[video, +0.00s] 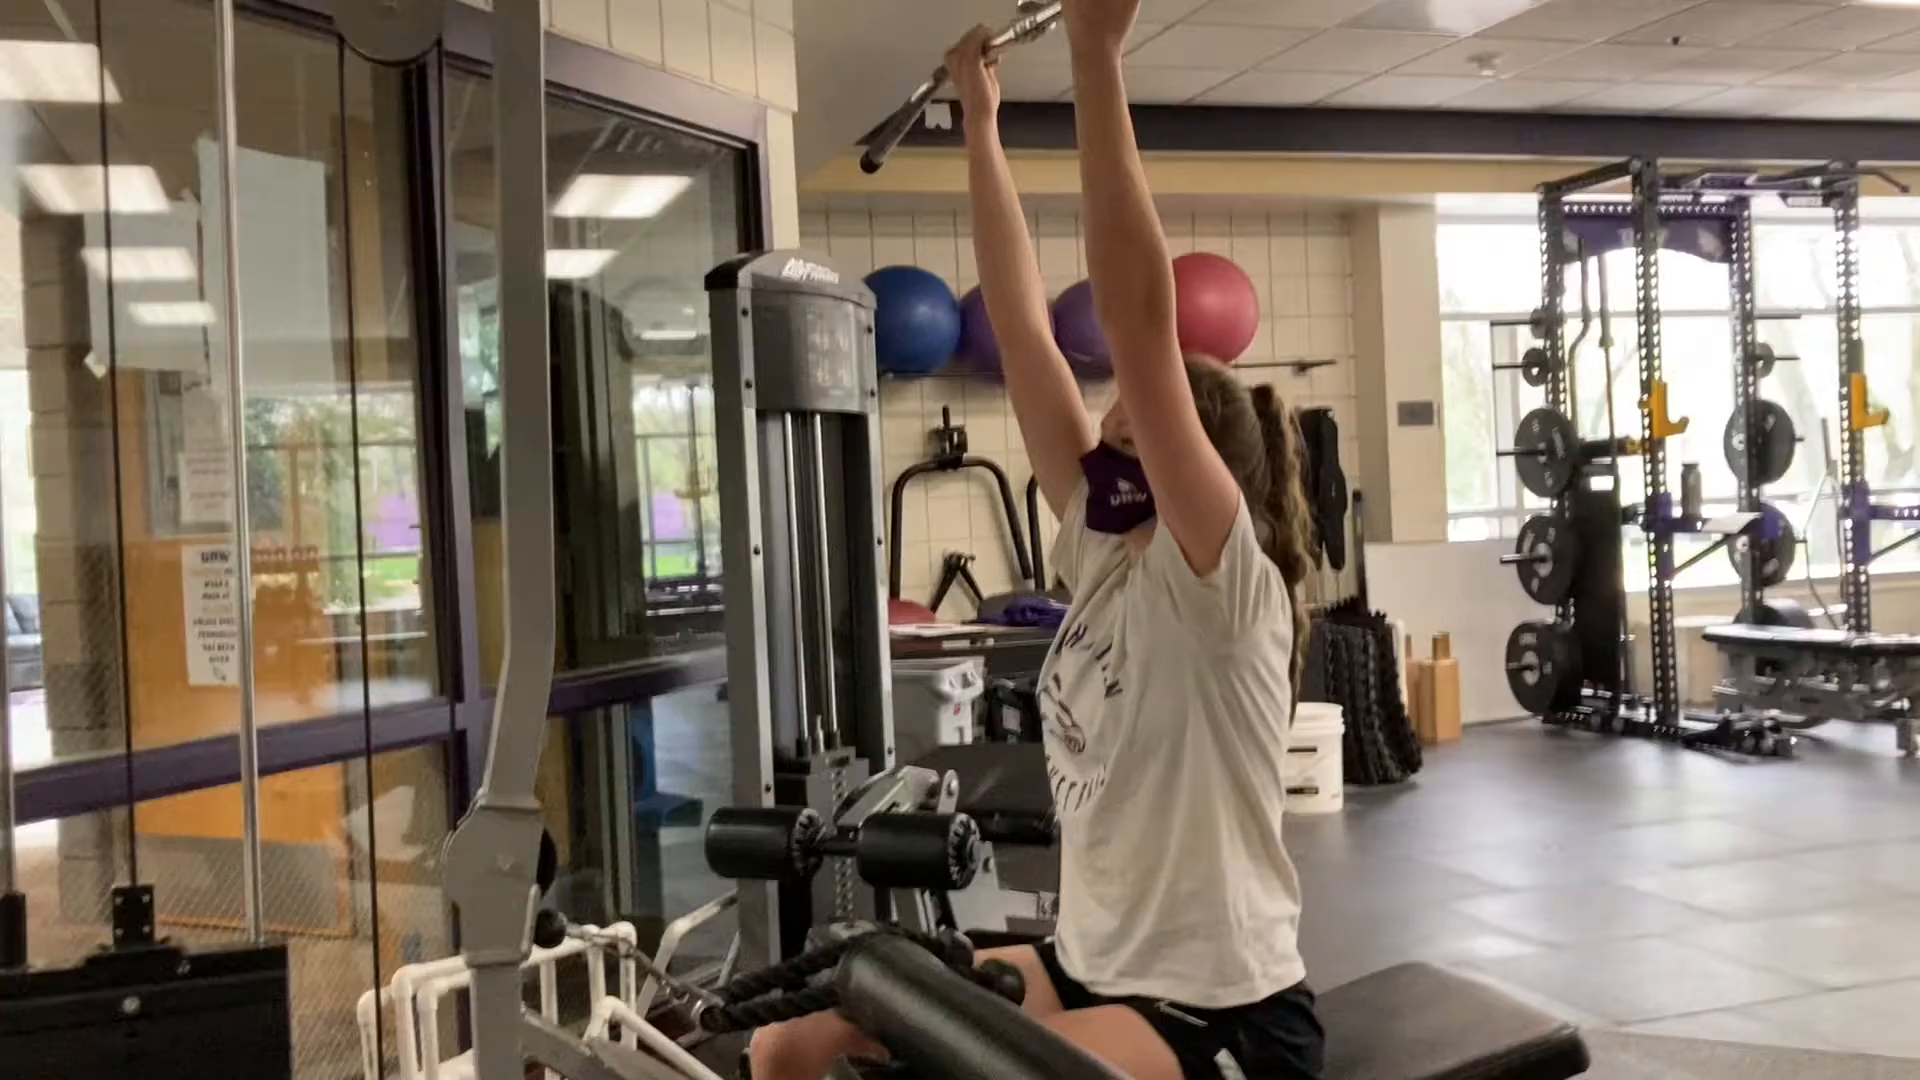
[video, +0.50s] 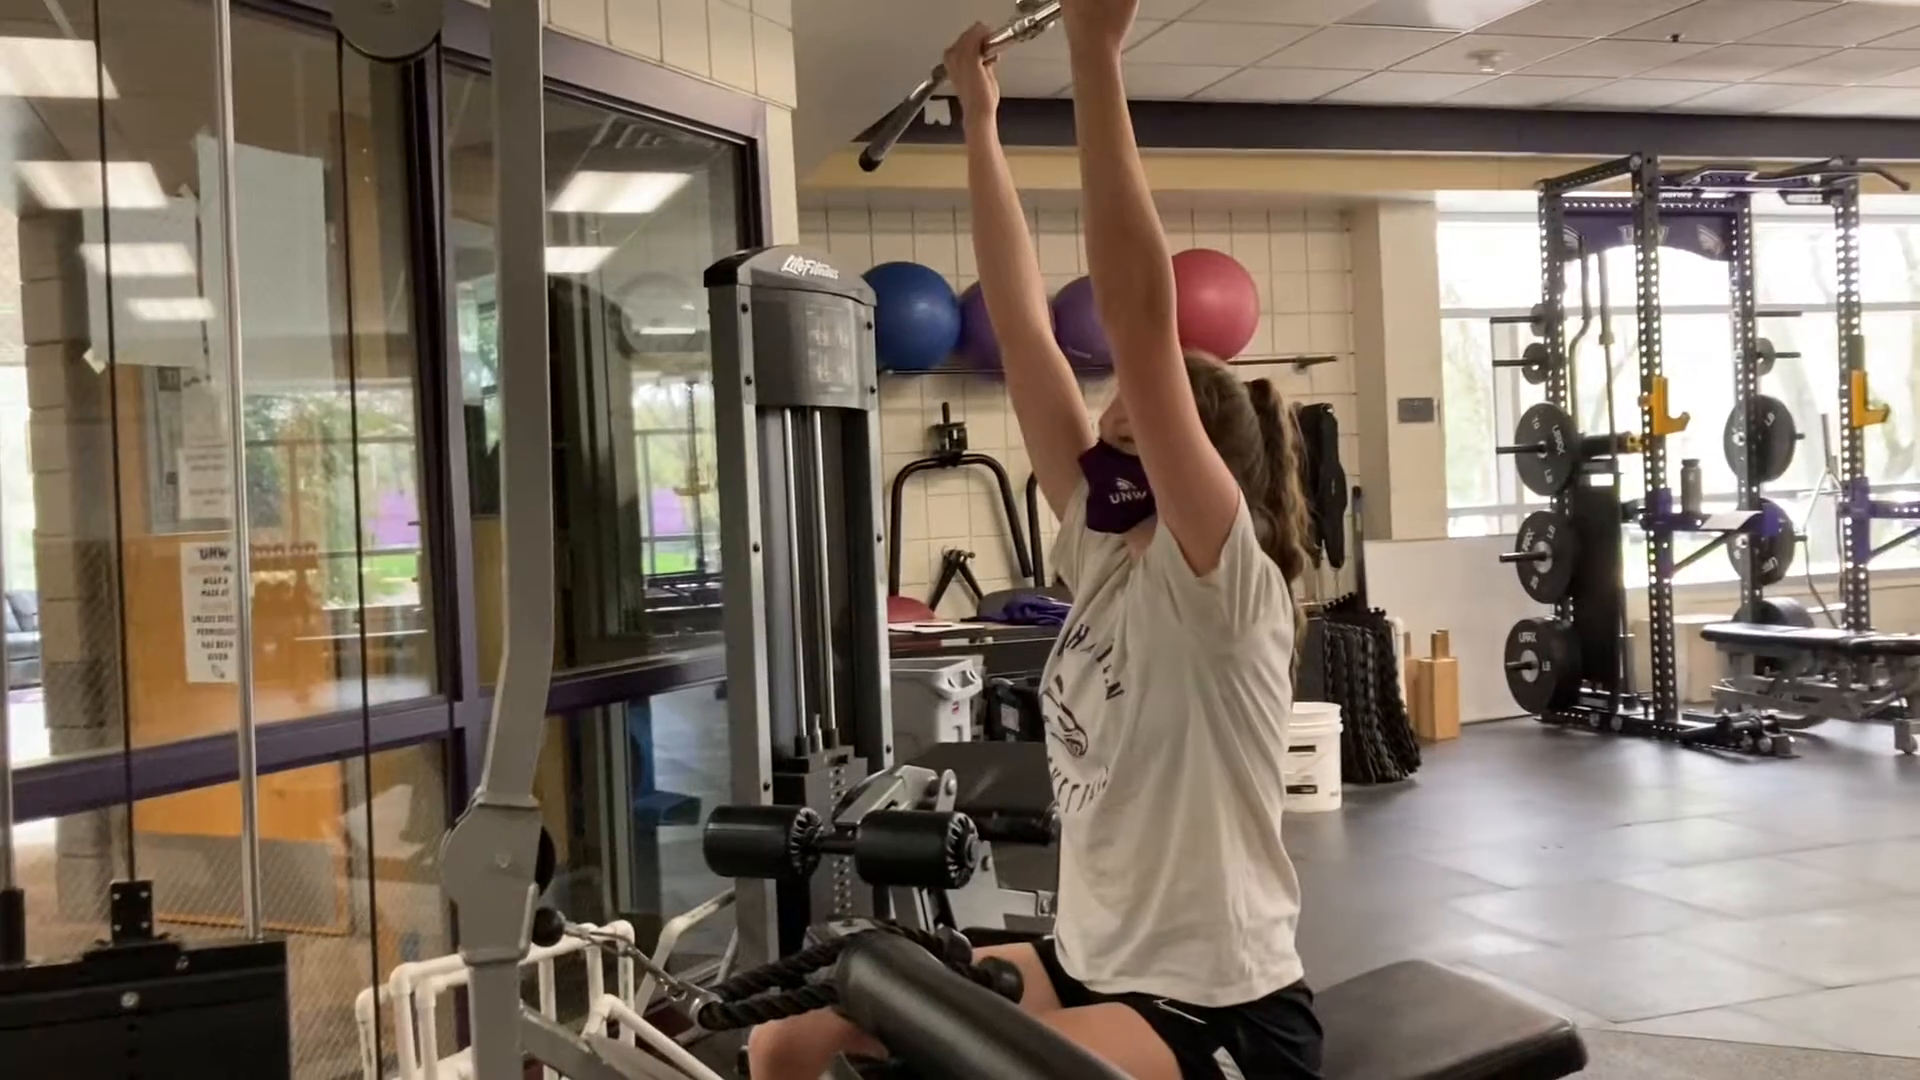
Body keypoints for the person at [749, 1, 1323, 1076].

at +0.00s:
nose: (1115, 435)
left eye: (1145, 413)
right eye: (1117, 418)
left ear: (1205, 454)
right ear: (1115, 440)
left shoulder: (1223, 576)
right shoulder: (1101, 552)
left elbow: (1143, 335)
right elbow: (1023, 330)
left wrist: (1096, 48)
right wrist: (978, 115)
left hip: (1220, 1018)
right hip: (1094, 982)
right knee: (793, 1046)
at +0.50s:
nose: (1114, 431)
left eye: (1143, 409)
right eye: (1116, 413)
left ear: (1207, 450)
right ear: (1115, 438)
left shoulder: (1226, 580)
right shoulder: (1102, 554)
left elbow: (1143, 328)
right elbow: (1023, 328)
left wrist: (1095, 47)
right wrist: (978, 118)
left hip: (1219, 1015)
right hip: (1093, 978)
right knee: (790, 1044)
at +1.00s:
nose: (1106, 437)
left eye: (1128, 411)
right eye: (1107, 419)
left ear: (1205, 450)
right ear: (1121, 440)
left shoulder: (1237, 583)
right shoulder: (1099, 542)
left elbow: (1116, 358)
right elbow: (990, 364)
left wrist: (1100, 100)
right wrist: (976, 152)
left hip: (1218, 1010)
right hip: (1088, 972)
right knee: (790, 1044)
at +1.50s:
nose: (1114, 461)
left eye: (1146, 445)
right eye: (1119, 438)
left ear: (1218, 473)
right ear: (1103, 447)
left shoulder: (1259, 603)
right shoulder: (1108, 572)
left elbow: (1077, 597)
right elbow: (936, 585)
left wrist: (1106, 369)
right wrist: (968, 396)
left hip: (1225, 1007)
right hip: (1088, 963)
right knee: (789, 1040)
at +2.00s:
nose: (1114, 450)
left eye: (1143, 437)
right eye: (1123, 430)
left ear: (1217, 477)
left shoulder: (1244, 625)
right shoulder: (1122, 611)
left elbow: (1204, 887)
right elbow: (1050, 805)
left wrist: (1131, 670)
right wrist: (1022, 647)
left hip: (1217, 1003)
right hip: (1091, 963)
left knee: (966, 1065)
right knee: (788, 1042)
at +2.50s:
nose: (1120, 458)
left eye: (1149, 443)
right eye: (1127, 439)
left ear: (1224, 480)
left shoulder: (1247, 619)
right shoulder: (1111, 612)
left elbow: (1171, 862)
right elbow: (1017, 814)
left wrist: (1120, 630)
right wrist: (1004, 623)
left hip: (1221, 1005)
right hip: (1084, 966)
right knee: (787, 1043)